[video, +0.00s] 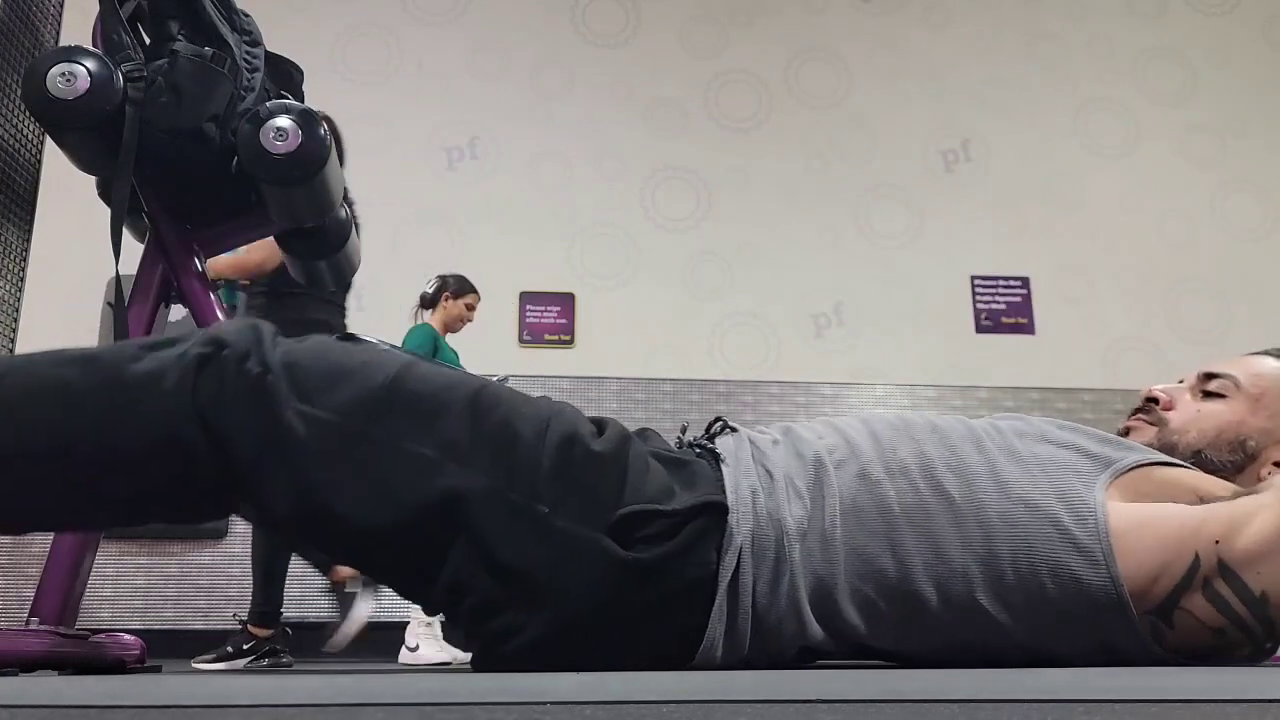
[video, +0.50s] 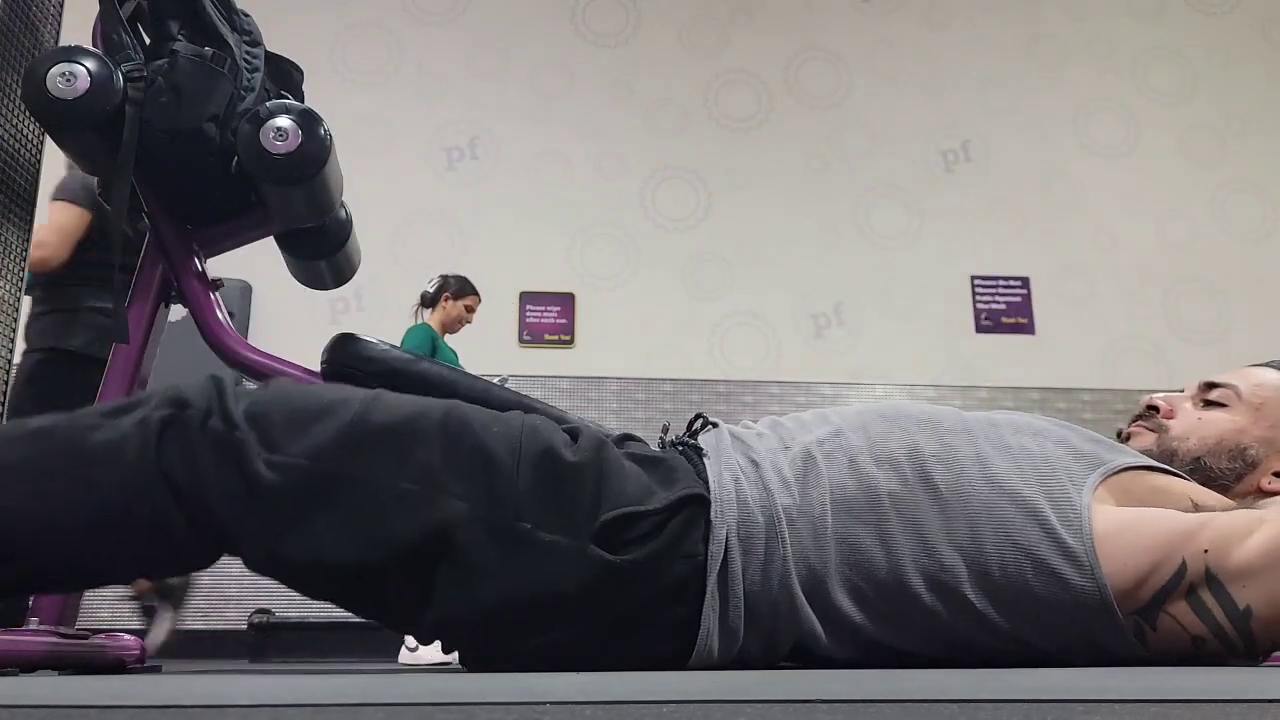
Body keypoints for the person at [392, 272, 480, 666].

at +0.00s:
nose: (471, 317)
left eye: (474, 310)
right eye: (468, 308)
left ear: (449, 303)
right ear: (446, 300)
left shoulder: (439, 344)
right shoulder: (422, 338)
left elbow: (430, 400)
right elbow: (404, 396)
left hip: (439, 456)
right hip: (422, 458)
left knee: (438, 544)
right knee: (430, 543)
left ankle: (429, 633)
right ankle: (419, 635)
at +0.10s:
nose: (470, 317)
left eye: (474, 310)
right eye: (468, 308)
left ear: (450, 304)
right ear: (445, 300)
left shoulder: (441, 346)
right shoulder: (421, 338)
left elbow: (438, 398)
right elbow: (408, 396)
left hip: (442, 455)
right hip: (423, 456)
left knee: (439, 546)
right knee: (431, 546)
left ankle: (432, 635)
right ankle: (419, 637)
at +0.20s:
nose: (470, 318)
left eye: (474, 310)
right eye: (468, 308)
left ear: (451, 304)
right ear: (445, 300)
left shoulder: (442, 347)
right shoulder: (420, 338)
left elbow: (441, 396)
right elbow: (408, 394)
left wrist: (478, 390)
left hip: (440, 455)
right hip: (420, 456)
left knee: (440, 547)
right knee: (427, 548)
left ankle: (438, 639)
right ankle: (416, 640)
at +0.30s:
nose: (470, 319)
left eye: (473, 312)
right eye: (468, 309)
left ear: (450, 305)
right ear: (445, 301)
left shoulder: (443, 347)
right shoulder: (420, 338)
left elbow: (445, 395)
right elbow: (406, 391)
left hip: (447, 455)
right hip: (425, 455)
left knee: (443, 547)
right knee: (430, 547)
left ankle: (438, 640)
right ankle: (416, 641)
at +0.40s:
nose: (470, 319)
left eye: (473, 312)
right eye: (468, 309)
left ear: (451, 305)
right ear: (445, 301)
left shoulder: (443, 348)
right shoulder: (420, 338)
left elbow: (444, 397)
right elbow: (406, 392)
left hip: (447, 454)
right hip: (425, 453)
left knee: (444, 548)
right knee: (430, 548)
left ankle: (438, 642)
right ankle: (416, 642)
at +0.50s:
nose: (470, 318)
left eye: (473, 312)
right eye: (468, 309)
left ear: (450, 304)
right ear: (446, 300)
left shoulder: (442, 347)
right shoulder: (420, 337)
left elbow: (440, 398)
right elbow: (408, 393)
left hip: (443, 454)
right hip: (424, 454)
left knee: (438, 546)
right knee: (428, 545)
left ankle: (432, 639)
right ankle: (416, 640)